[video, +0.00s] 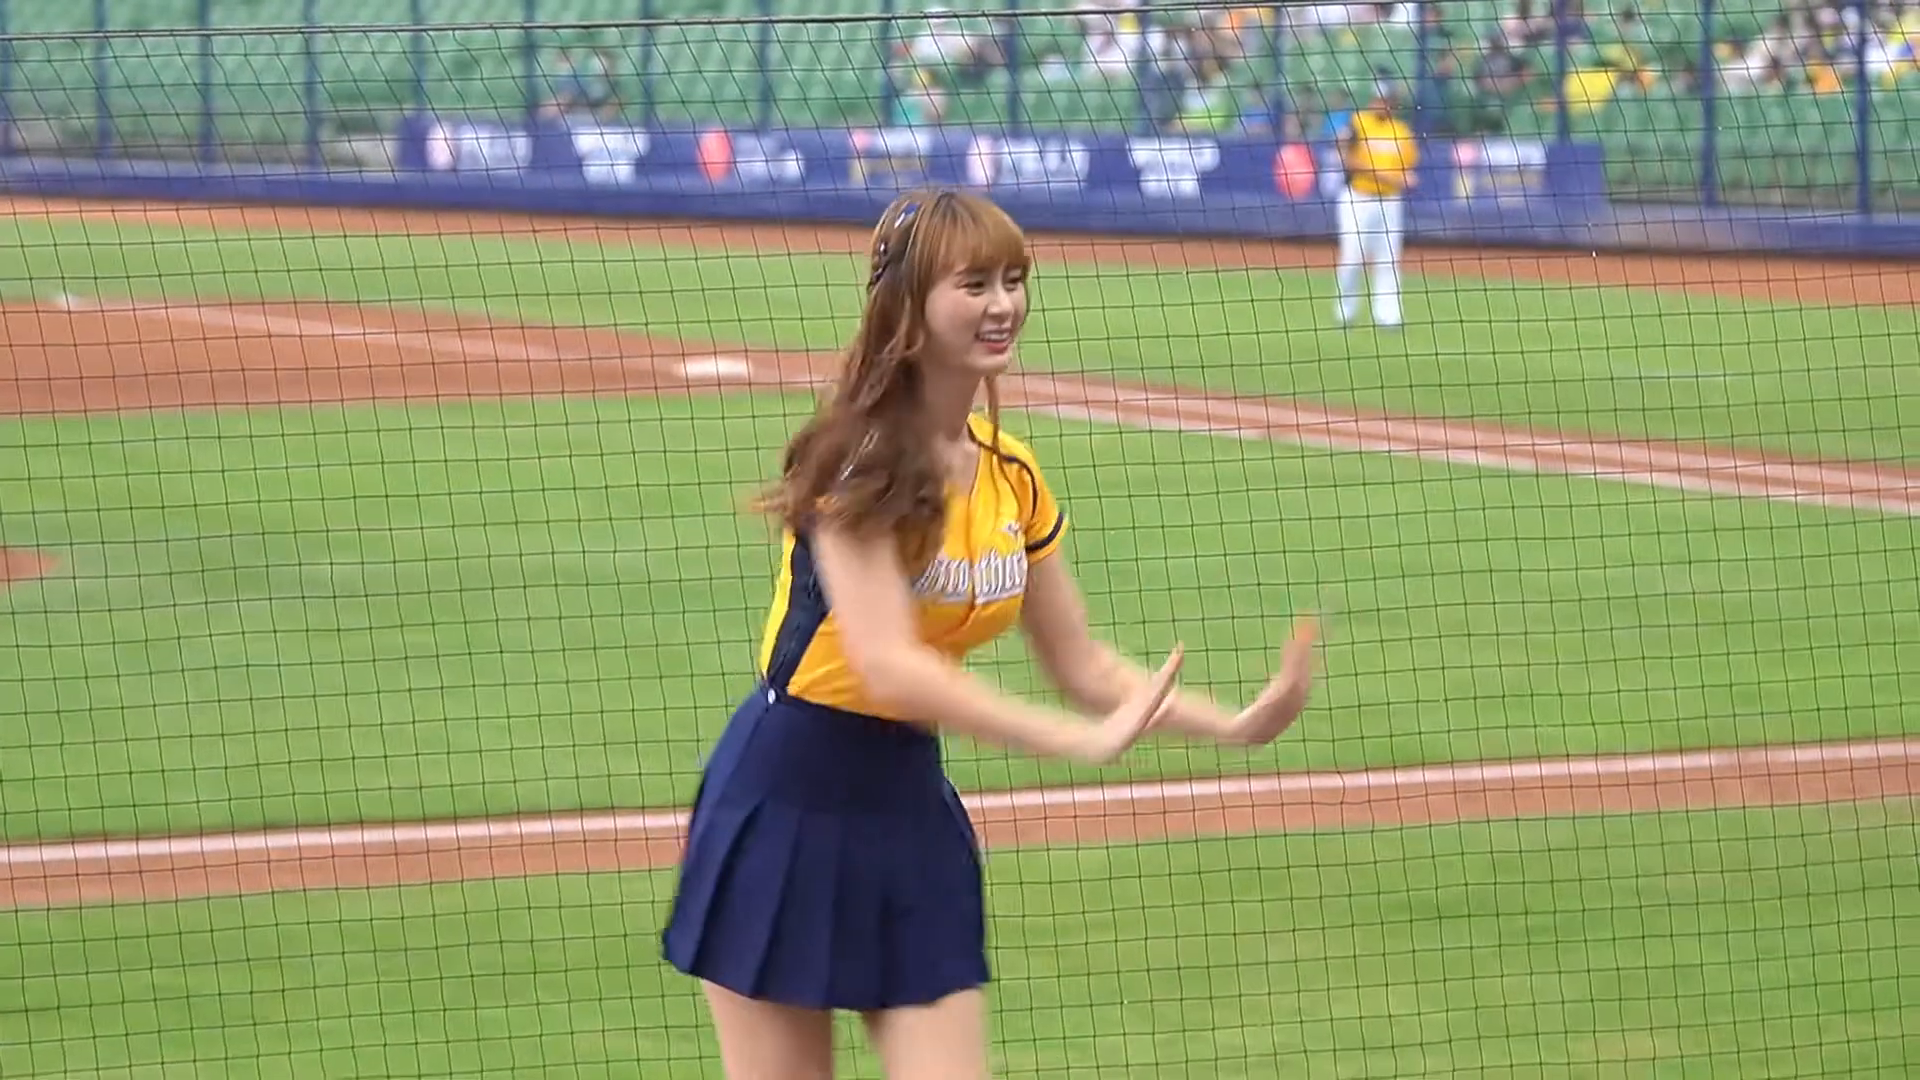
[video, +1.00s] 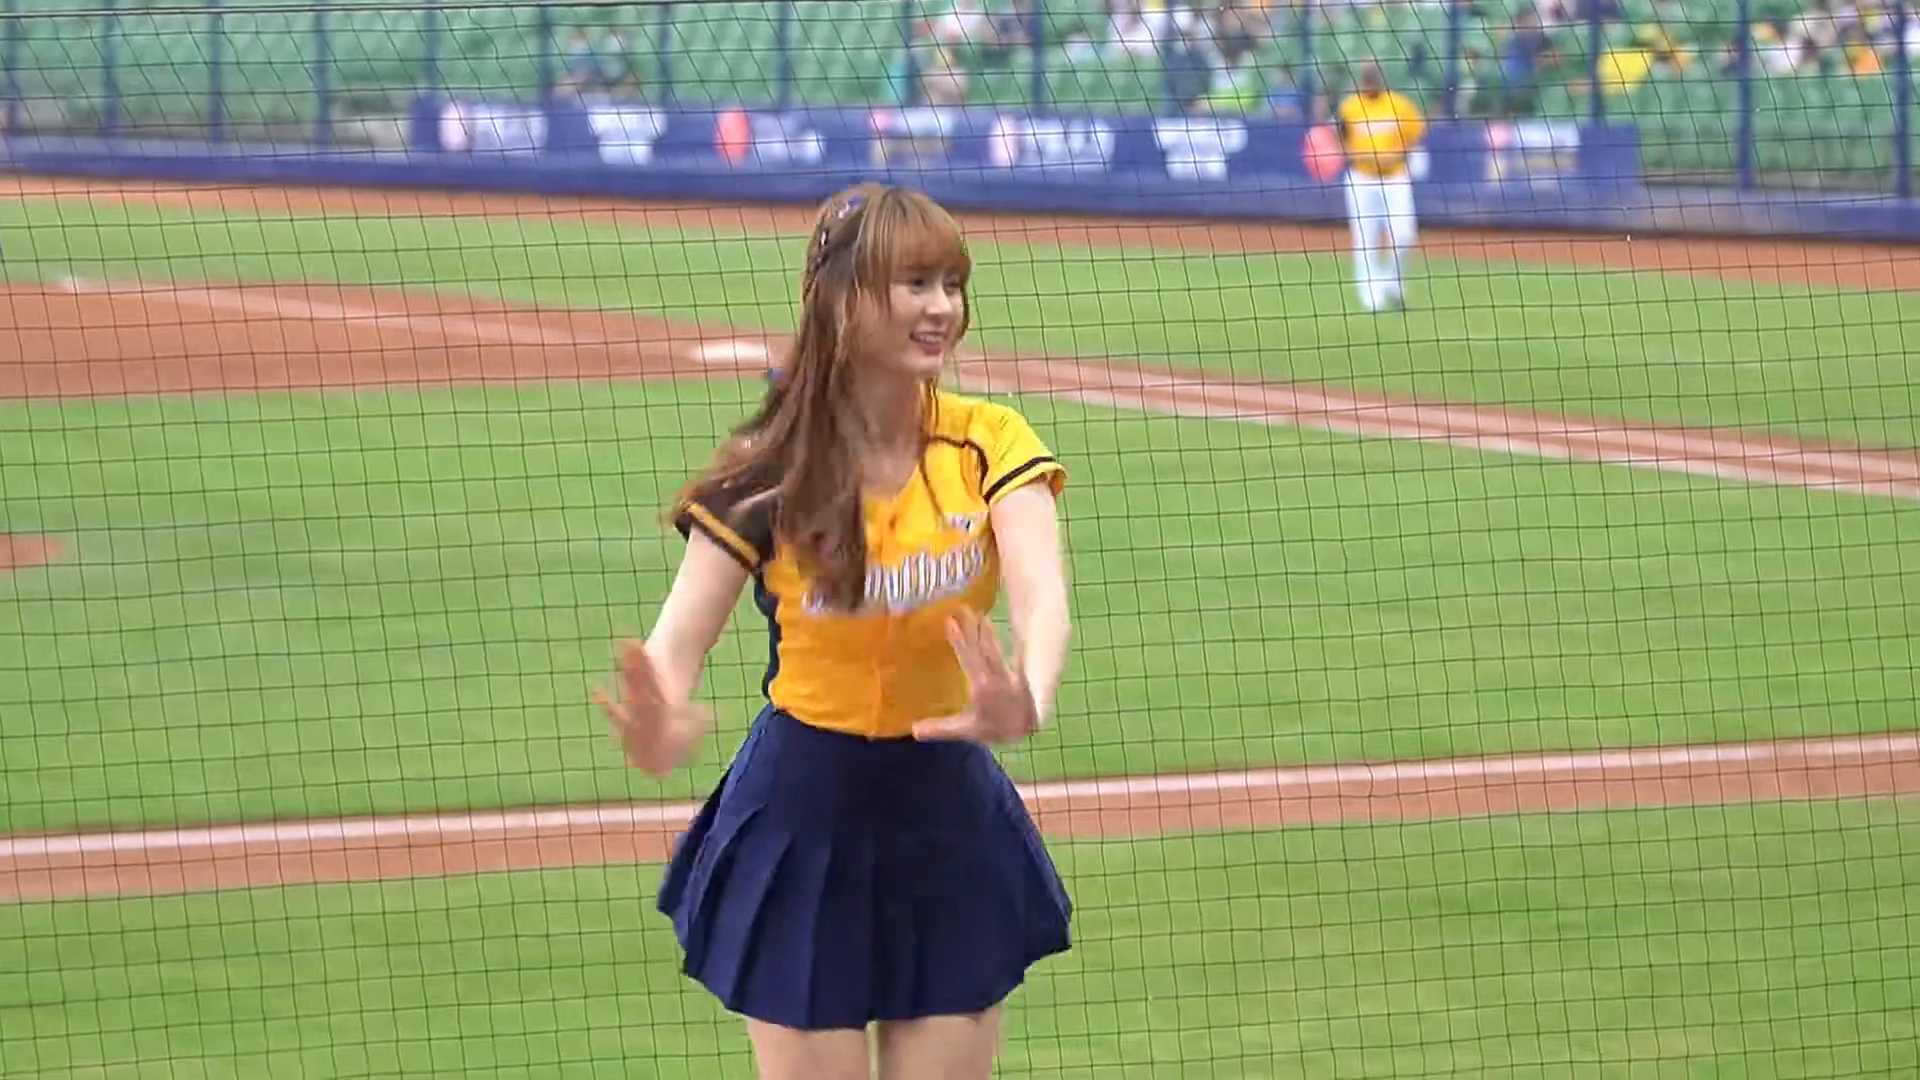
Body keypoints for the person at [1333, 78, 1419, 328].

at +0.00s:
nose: (1384, 106)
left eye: (1388, 101)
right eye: (1379, 100)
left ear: (1395, 102)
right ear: (1372, 100)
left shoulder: (1402, 130)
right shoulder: (1358, 122)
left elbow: (1409, 171)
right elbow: (1345, 158)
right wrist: (1384, 174)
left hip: (1390, 200)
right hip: (1358, 198)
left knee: (1388, 258)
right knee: (1353, 256)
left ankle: (1388, 313)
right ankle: (1345, 310)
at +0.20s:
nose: (1369, 107)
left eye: (1374, 103)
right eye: (1366, 101)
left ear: (1382, 103)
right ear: (1359, 99)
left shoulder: (1391, 128)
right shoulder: (1342, 122)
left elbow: (1400, 159)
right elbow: (1328, 155)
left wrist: (1384, 178)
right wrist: (1357, 173)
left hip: (1377, 198)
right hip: (1344, 197)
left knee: (1380, 255)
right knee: (1345, 255)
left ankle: (1385, 311)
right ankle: (1342, 310)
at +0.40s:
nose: (1360, 99)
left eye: (1365, 93)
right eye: (1356, 93)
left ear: (1371, 95)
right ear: (1347, 94)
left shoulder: (1380, 122)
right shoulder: (1333, 119)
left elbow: (1392, 155)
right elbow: (1318, 151)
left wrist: (1373, 172)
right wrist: (1342, 167)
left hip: (1369, 193)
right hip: (1336, 194)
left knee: (1376, 252)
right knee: (1339, 254)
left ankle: (1385, 309)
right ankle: (1343, 309)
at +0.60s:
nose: (1363, 101)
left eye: (1367, 96)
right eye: (1359, 96)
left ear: (1374, 96)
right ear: (1352, 96)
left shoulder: (1390, 118)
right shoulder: (1342, 117)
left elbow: (1407, 148)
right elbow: (1331, 149)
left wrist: (1382, 165)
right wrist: (1350, 165)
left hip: (1384, 190)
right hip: (1351, 191)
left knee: (1394, 246)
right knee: (1355, 250)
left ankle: (1403, 305)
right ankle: (1362, 308)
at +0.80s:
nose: (1369, 92)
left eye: (1373, 87)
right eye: (1365, 87)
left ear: (1381, 87)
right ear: (1358, 88)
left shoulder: (1398, 111)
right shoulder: (1348, 113)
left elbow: (1416, 142)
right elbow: (1335, 143)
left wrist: (1391, 160)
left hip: (1394, 184)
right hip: (1359, 185)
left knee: (1403, 241)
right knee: (1364, 244)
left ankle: (1407, 300)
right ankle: (1370, 302)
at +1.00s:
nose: (1369, 83)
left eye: (1373, 78)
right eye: (1365, 78)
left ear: (1381, 79)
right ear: (1359, 81)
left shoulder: (1399, 104)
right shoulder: (1349, 107)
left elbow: (1418, 133)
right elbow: (1338, 136)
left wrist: (1398, 155)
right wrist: (1354, 157)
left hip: (1396, 176)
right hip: (1361, 177)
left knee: (1403, 234)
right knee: (1365, 237)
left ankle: (1392, 283)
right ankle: (1371, 295)